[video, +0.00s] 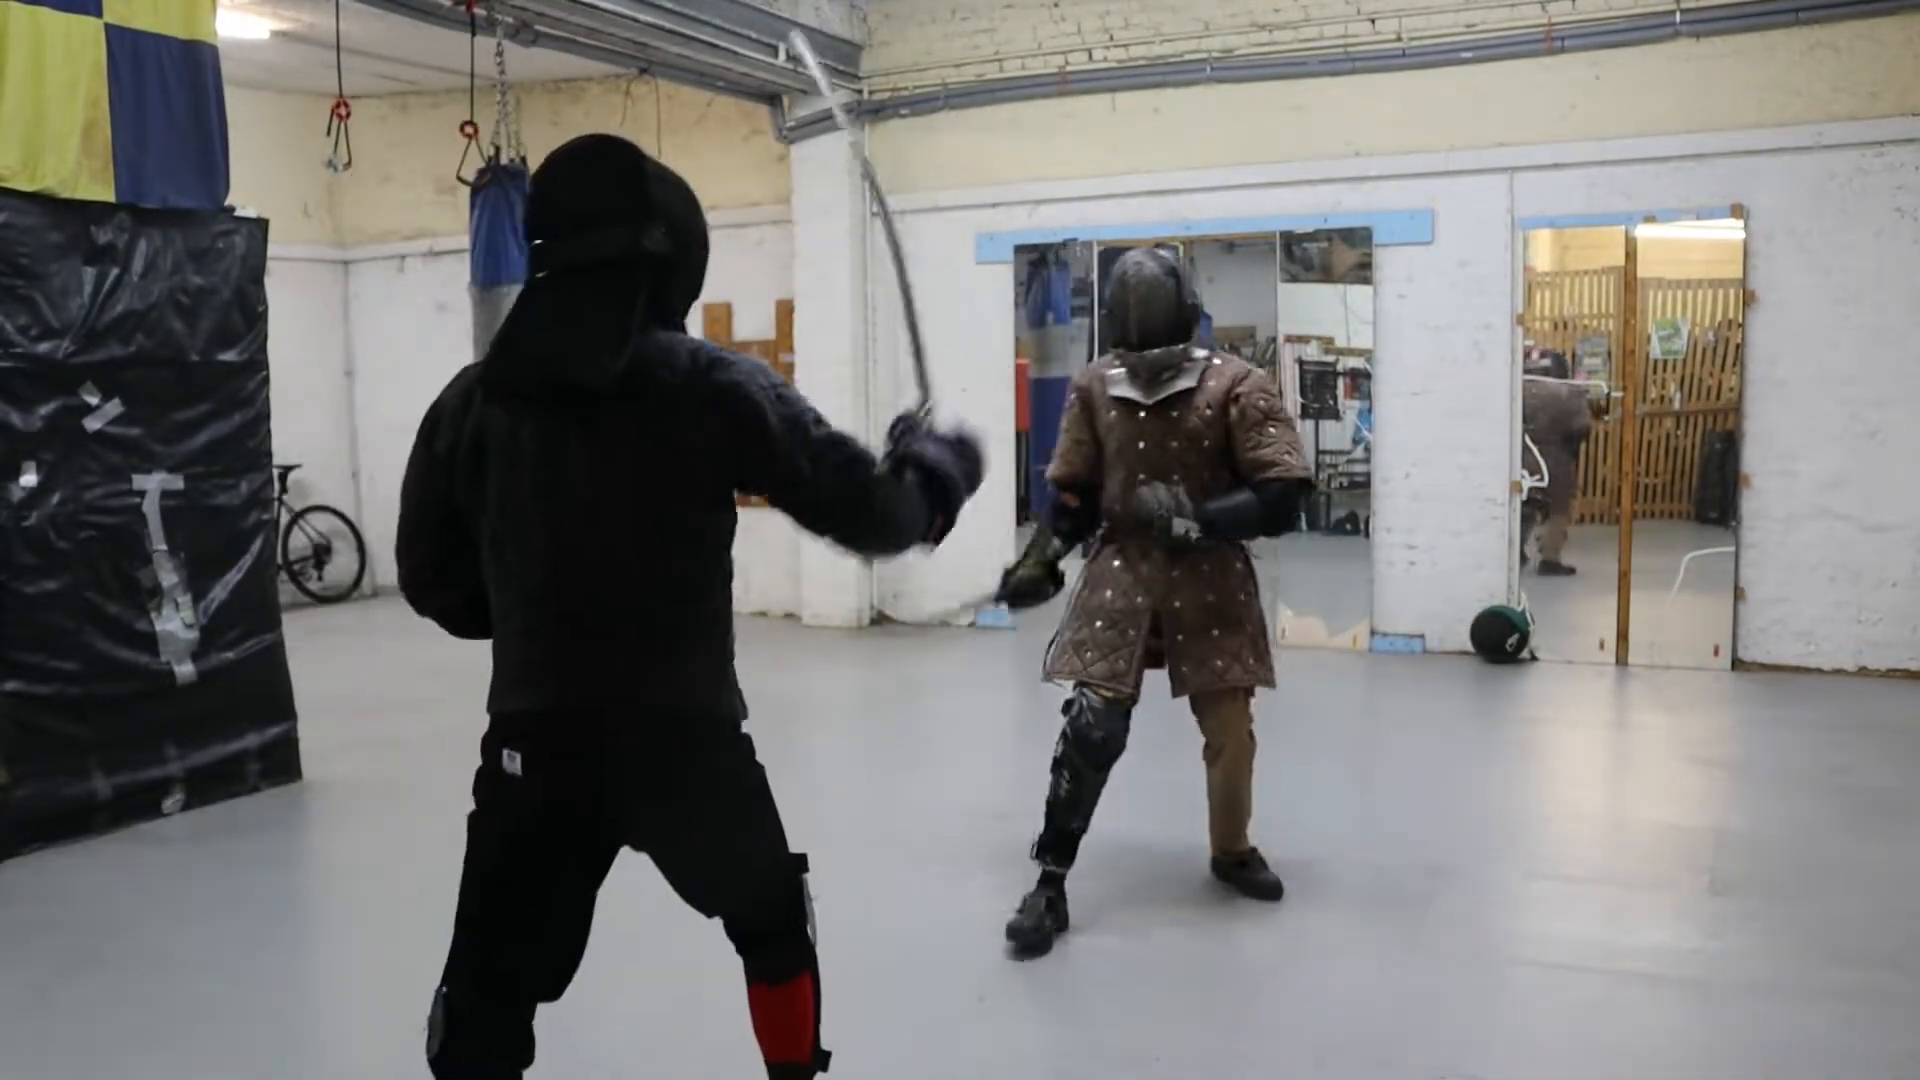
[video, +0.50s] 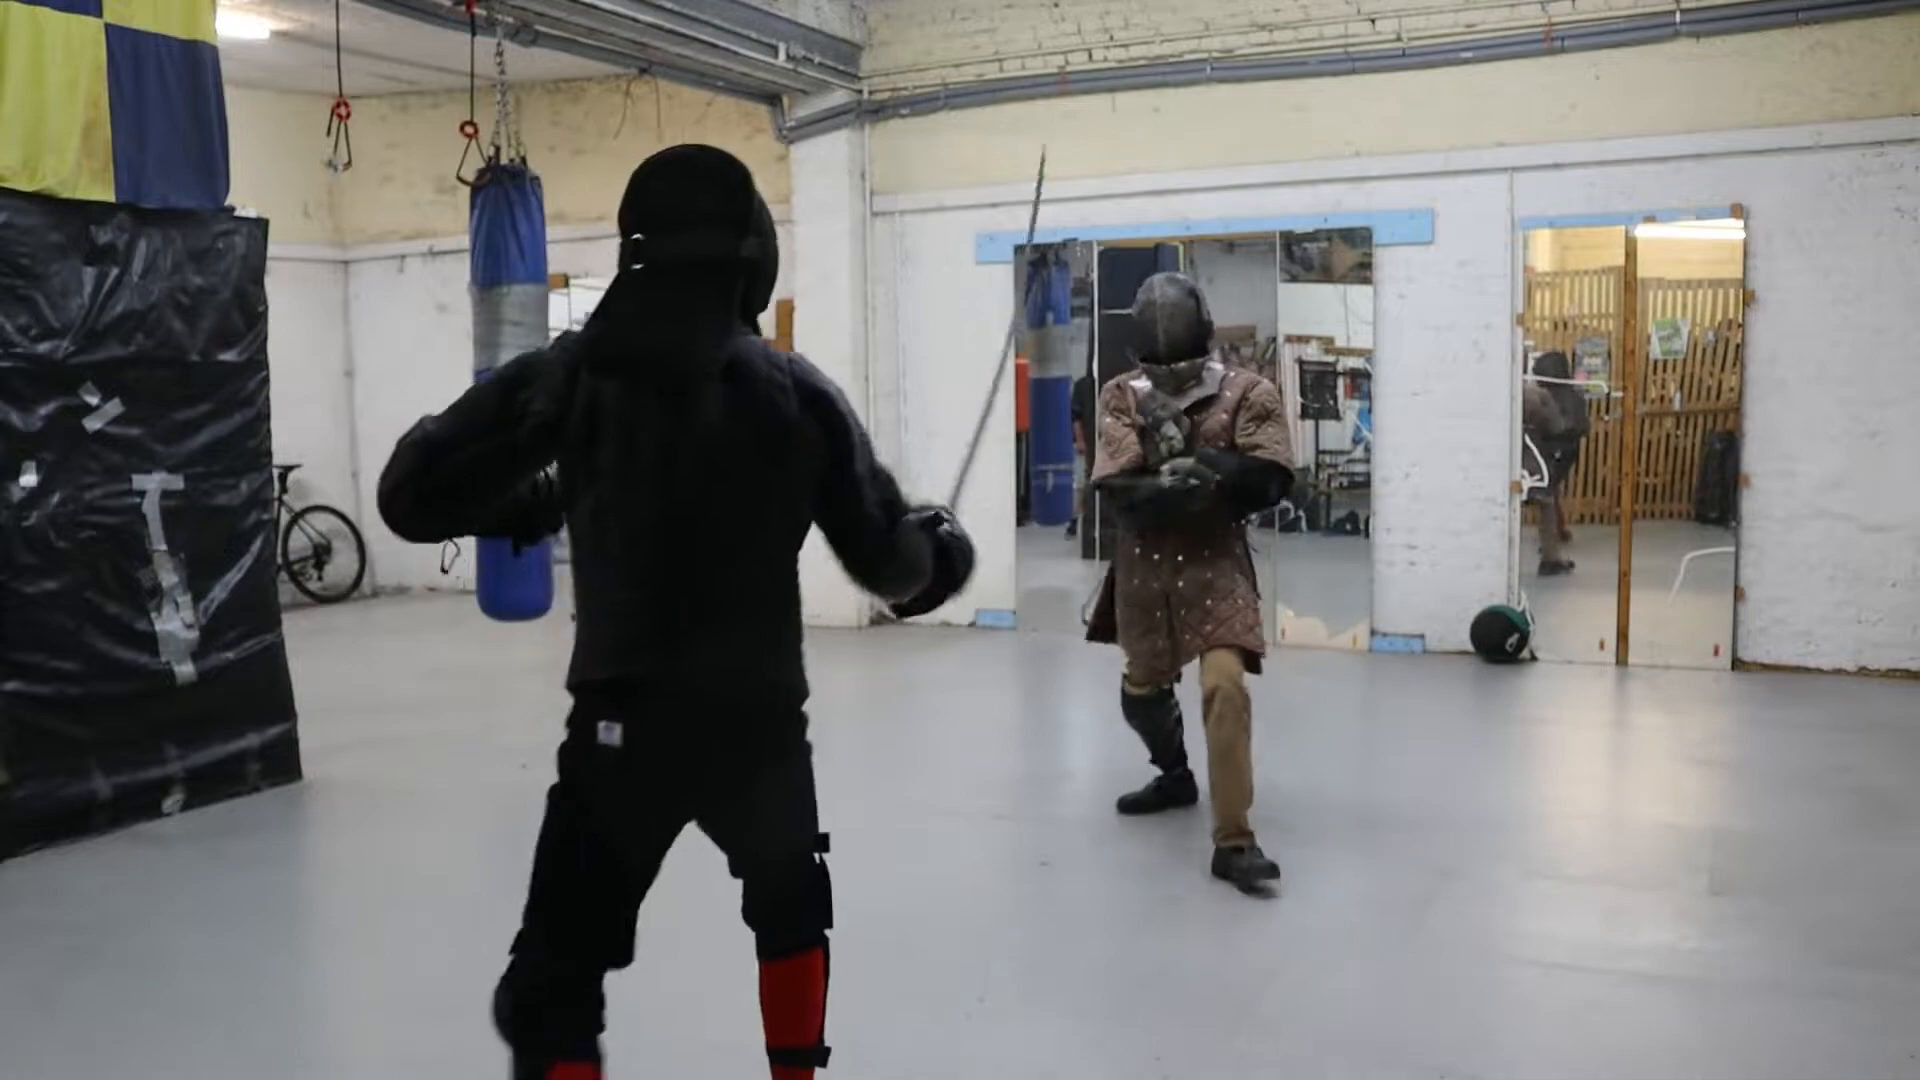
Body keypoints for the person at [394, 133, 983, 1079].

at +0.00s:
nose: (694, 264)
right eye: (684, 244)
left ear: (550, 258)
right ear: (666, 256)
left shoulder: (471, 402)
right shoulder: (710, 390)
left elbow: (435, 580)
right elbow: (873, 511)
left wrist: (540, 602)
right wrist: (938, 466)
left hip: (535, 755)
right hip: (683, 748)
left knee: (485, 995)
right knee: (771, 921)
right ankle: (794, 1071)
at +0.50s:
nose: (764, 264)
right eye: (758, 246)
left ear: (633, 254)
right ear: (752, 259)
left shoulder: (568, 378)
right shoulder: (792, 392)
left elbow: (412, 496)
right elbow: (890, 563)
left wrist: (542, 501)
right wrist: (940, 545)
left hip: (622, 738)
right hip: (758, 738)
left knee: (554, 988)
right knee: (792, 914)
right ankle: (796, 1072)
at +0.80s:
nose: (793, 256)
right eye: (789, 238)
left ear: (666, 245)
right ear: (781, 247)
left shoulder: (604, 372)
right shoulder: (825, 383)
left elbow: (466, 518)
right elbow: (895, 551)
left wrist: (476, 636)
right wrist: (940, 668)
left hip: (662, 704)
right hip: (797, 702)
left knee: (645, 942)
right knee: (833, 856)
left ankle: (685, 1075)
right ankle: (822, 1063)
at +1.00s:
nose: (831, 278)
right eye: (828, 261)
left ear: (716, 260)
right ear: (820, 267)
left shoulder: (659, 365)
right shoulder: (858, 396)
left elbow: (495, 425)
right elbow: (938, 542)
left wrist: (560, 597)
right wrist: (1019, 601)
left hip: (701, 701)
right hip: (819, 700)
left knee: (678, 933)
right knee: (865, 861)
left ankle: (696, 1074)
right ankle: (905, 1032)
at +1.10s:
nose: (854, 286)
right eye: (852, 270)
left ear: (745, 271)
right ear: (847, 278)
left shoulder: (688, 373)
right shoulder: (879, 401)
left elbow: (552, 430)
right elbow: (984, 518)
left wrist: (659, 562)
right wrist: (1061, 523)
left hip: (727, 698)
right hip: (844, 698)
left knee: (697, 931)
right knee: (878, 839)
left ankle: (719, 1071)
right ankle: (905, 1025)